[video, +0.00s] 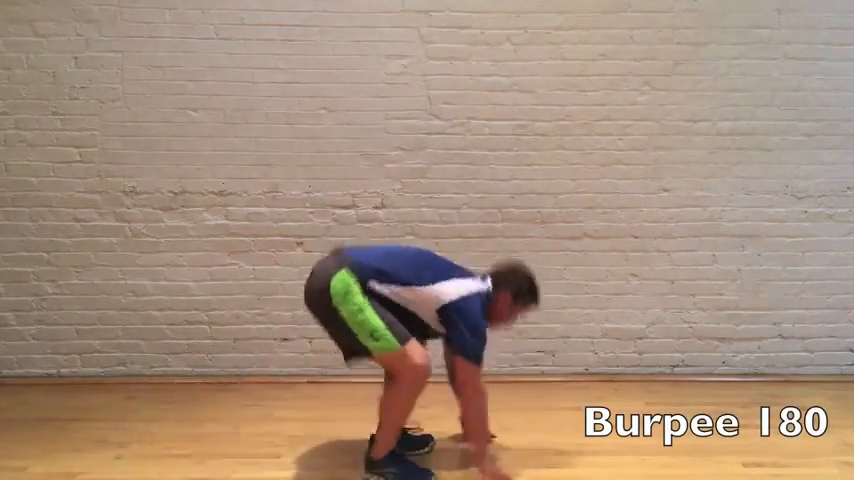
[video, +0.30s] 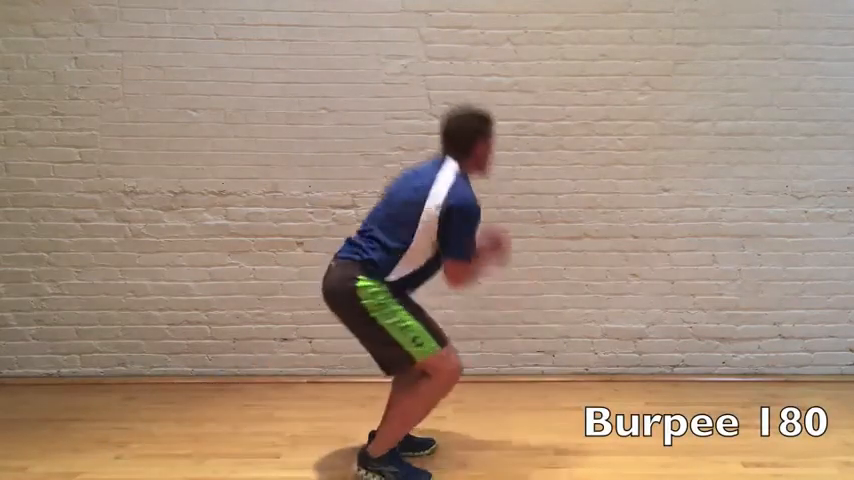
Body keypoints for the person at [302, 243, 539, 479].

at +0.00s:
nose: (514, 320)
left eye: (520, 315)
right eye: (518, 312)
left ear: (498, 291)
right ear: (504, 298)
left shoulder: (469, 289)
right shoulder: (468, 306)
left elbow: (460, 376)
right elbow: (471, 387)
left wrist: (472, 422)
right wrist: (483, 462)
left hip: (340, 272)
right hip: (338, 283)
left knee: (408, 357)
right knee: (413, 367)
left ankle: (389, 435)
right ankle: (381, 457)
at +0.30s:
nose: (492, 149)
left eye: (491, 142)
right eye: (489, 142)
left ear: (451, 142)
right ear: (477, 147)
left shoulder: (425, 171)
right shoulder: (460, 198)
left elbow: (424, 244)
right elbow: (458, 276)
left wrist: (474, 246)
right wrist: (483, 254)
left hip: (345, 273)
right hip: (363, 283)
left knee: (420, 361)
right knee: (445, 369)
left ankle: (390, 434)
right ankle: (377, 455)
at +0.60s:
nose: (365, 4)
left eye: (367, 1)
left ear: (373, 0)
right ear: (412, 0)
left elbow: (319, 94)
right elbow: (468, 107)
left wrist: (348, 84)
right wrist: (420, 111)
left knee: (360, 287)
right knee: (415, 280)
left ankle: (363, 388)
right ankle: (419, 379)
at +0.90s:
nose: (316, 70)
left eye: (322, 61)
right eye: (317, 61)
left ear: (348, 66)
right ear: (348, 67)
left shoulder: (379, 121)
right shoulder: (354, 117)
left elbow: (396, 178)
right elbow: (351, 165)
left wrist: (331, 209)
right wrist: (295, 164)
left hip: (402, 248)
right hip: (380, 245)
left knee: (371, 352)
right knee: (362, 339)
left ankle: (394, 465)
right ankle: (397, 426)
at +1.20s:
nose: (300, 75)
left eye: (305, 65)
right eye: (300, 66)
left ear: (330, 63)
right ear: (334, 64)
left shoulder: (352, 111)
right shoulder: (349, 107)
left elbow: (379, 171)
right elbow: (358, 181)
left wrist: (326, 216)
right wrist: (320, 216)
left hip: (389, 243)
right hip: (386, 239)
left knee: (371, 354)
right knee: (385, 346)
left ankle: (398, 464)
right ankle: (405, 431)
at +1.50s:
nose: (248, 217)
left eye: (248, 206)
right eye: (244, 208)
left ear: (264, 193)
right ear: (270, 189)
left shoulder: (305, 219)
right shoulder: (311, 206)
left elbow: (311, 299)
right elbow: (319, 295)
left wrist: (281, 362)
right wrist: (285, 356)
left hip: (413, 281)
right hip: (423, 272)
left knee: (343, 372)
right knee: (373, 367)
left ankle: (398, 467)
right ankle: (408, 433)